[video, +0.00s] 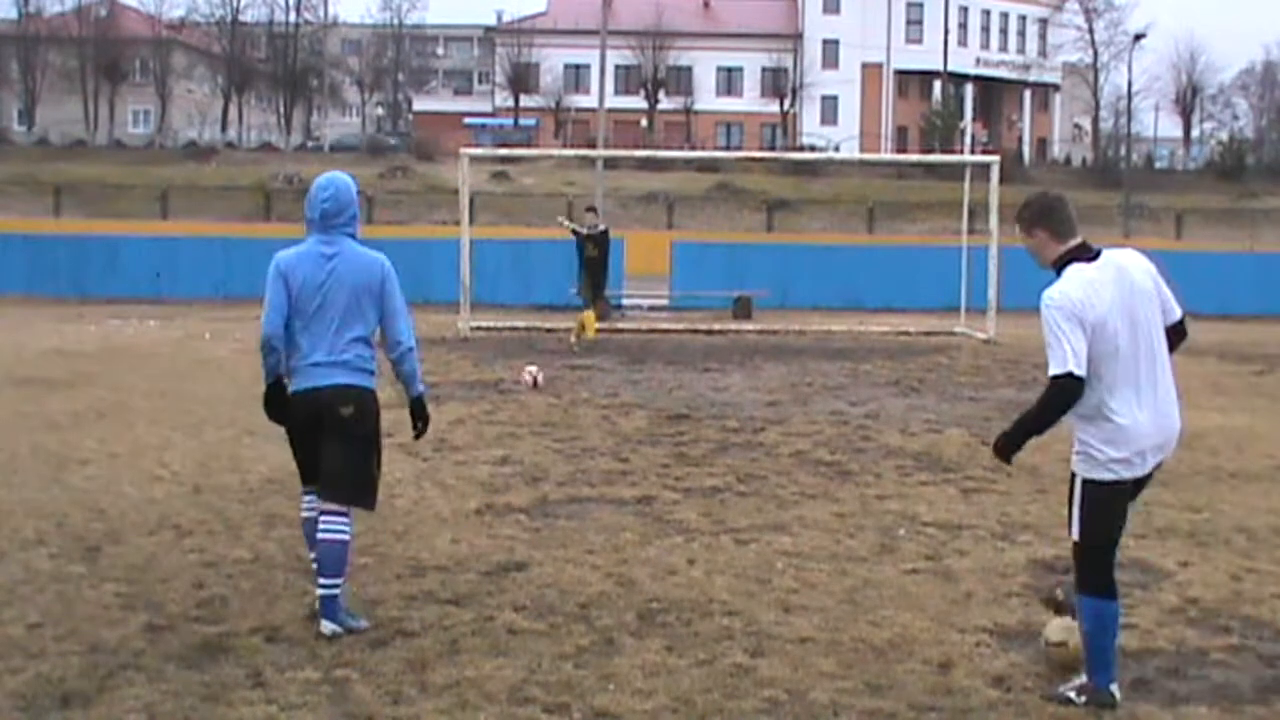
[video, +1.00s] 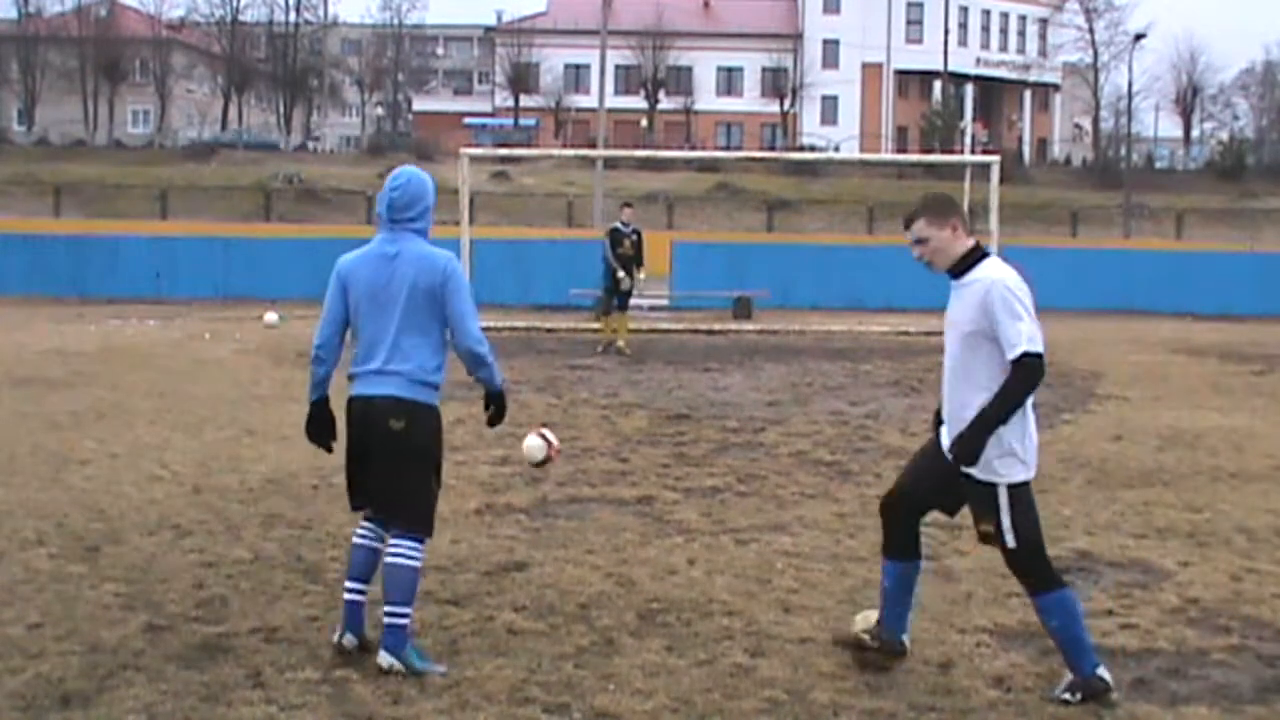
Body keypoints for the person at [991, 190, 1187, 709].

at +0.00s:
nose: (1028, 249)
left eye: (1027, 239)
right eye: (1026, 240)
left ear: (1042, 236)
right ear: (1072, 226)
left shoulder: (1061, 297)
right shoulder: (1132, 260)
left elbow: (1068, 384)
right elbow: (1176, 330)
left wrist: (1014, 437)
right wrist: (1128, 368)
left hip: (1109, 447)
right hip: (1159, 431)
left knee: (1093, 561)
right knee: (1101, 518)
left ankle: (1100, 683)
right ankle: (1087, 599)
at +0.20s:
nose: (1018, 255)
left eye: (1018, 244)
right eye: (1015, 245)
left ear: (1039, 235)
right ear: (1057, 231)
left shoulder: (1059, 294)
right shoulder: (1121, 261)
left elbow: (1070, 383)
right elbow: (1163, 327)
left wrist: (1028, 442)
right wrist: (1120, 375)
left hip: (1091, 441)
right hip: (1128, 429)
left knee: (1085, 563)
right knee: (1043, 490)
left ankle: (1100, 686)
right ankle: (1019, 604)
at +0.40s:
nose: (1011, 254)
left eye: (1013, 243)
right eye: (1008, 244)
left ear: (1040, 232)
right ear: (1050, 232)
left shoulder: (1058, 291)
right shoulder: (1106, 265)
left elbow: (1078, 380)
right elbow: (1137, 330)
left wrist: (1035, 454)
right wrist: (1104, 383)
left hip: (1068, 446)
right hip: (1086, 431)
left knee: (1071, 564)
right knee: (999, 473)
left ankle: (1098, 685)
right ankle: (950, 586)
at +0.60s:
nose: (1005, 242)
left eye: (1011, 230)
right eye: (1000, 232)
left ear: (1044, 222)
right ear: (1035, 227)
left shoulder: (1068, 285)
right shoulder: (1049, 273)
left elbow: (1082, 375)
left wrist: (1022, 445)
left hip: (1052, 449)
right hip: (1019, 431)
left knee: (1057, 561)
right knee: (963, 486)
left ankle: (1097, 682)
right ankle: (924, 597)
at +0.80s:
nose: (985, 238)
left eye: (993, 226)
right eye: (979, 230)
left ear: (1024, 220)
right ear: (982, 234)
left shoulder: (1055, 280)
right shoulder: (1006, 279)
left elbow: (1081, 365)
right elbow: (1014, 365)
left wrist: (1022, 428)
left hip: (1032, 451)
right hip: (987, 432)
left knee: (1043, 561)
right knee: (929, 491)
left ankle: (1094, 679)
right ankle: (911, 595)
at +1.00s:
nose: (917, 254)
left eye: (922, 241)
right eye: (913, 245)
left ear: (955, 229)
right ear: (947, 236)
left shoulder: (999, 284)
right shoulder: (964, 285)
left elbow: (1031, 367)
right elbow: (974, 364)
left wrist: (975, 433)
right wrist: (947, 415)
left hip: (997, 456)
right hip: (953, 443)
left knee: (1028, 562)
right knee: (898, 509)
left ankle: (1089, 674)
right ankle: (889, 635)